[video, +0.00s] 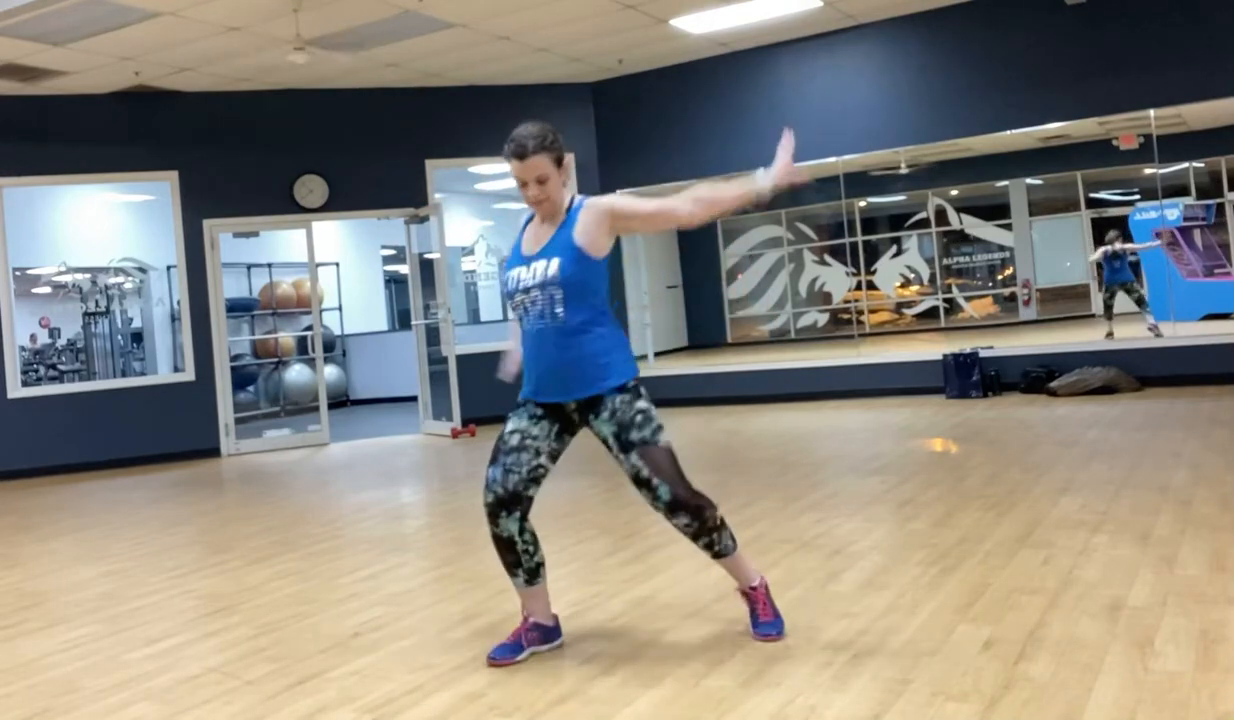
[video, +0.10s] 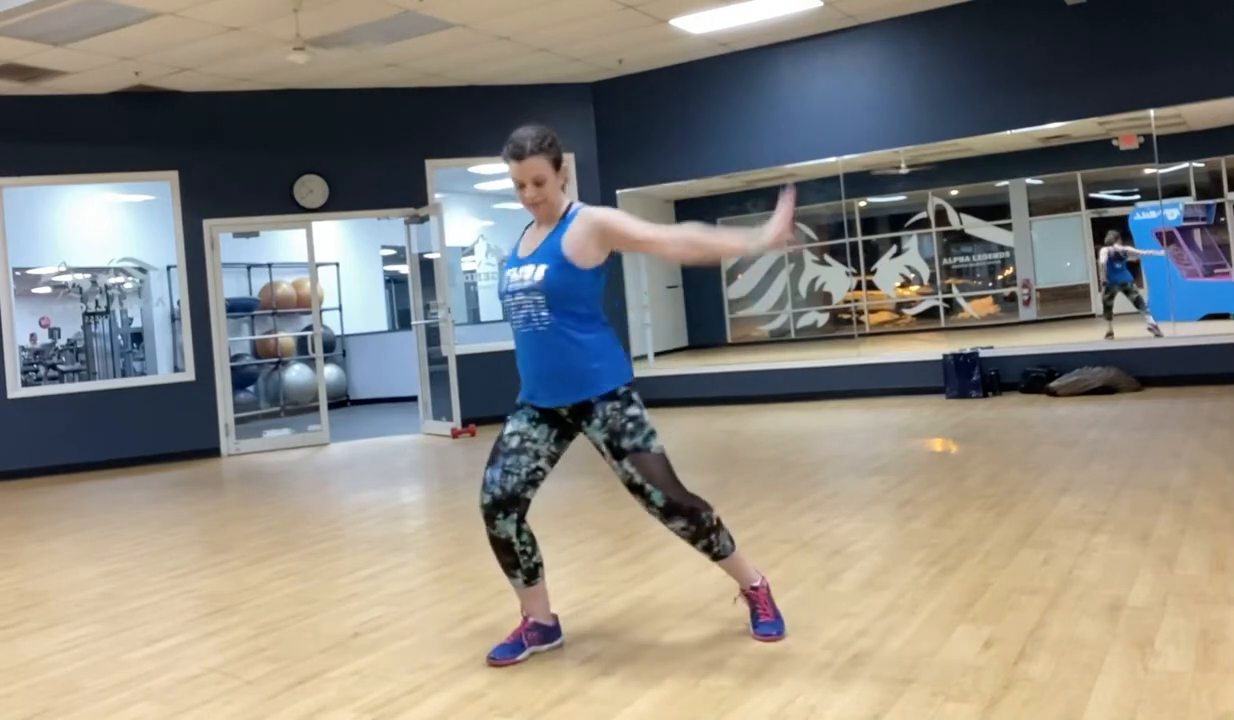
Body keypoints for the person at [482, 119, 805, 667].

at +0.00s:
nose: (532, 194)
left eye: (541, 180)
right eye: (521, 184)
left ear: (566, 168)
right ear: (513, 181)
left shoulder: (600, 213)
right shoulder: (526, 231)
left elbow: (687, 208)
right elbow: (534, 301)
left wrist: (769, 180)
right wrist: (519, 348)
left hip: (608, 390)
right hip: (542, 398)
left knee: (672, 497)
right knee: (501, 499)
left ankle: (752, 583)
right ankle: (539, 620)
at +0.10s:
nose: (529, 195)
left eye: (538, 182)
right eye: (519, 185)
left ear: (563, 173)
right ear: (510, 182)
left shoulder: (593, 223)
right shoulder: (527, 233)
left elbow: (674, 240)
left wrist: (759, 240)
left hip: (603, 395)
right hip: (540, 401)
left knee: (665, 500)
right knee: (499, 502)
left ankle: (752, 584)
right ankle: (539, 620)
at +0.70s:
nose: (528, 163)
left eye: (542, 156)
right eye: (524, 155)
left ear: (570, 174)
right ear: (521, 165)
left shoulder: (557, 220)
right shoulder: (551, 228)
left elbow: (459, 207)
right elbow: (599, 293)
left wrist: (385, 195)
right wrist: (570, 342)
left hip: (593, 396)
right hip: (542, 402)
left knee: (654, 511)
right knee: (495, 502)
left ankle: (750, 580)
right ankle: (538, 622)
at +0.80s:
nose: (526, 162)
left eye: (539, 156)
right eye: (524, 154)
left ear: (570, 174)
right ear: (527, 167)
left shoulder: (559, 216)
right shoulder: (552, 226)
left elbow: (470, 175)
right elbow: (598, 291)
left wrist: (397, 133)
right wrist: (570, 338)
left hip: (591, 397)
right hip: (540, 403)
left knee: (653, 509)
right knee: (495, 506)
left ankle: (750, 581)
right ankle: (540, 620)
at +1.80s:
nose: (547, 157)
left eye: (555, 148)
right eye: (534, 152)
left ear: (571, 160)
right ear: (519, 169)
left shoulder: (597, 205)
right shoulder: (507, 238)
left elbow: (646, 129)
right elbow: (464, 293)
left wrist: (682, 60)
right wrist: (447, 340)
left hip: (613, 383)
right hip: (539, 397)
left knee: (675, 491)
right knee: (499, 507)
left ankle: (752, 589)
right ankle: (540, 621)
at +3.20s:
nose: (607, 157)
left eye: (605, 149)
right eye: (594, 153)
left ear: (611, 165)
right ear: (575, 176)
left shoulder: (626, 226)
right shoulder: (584, 228)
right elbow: (596, 133)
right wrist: (613, 47)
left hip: (652, 399)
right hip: (599, 402)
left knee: (708, 494)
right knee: (544, 512)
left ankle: (671, 608)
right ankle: (437, 611)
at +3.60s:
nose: (579, 159)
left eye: (585, 149)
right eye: (565, 158)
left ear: (605, 161)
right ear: (557, 180)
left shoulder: (629, 226)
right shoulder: (569, 230)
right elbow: (521, 147)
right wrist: (484, 60)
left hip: (652, 397)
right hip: (594, 402)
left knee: (708, 495)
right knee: (540, 509)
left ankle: (671, 608)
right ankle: (435, 612)